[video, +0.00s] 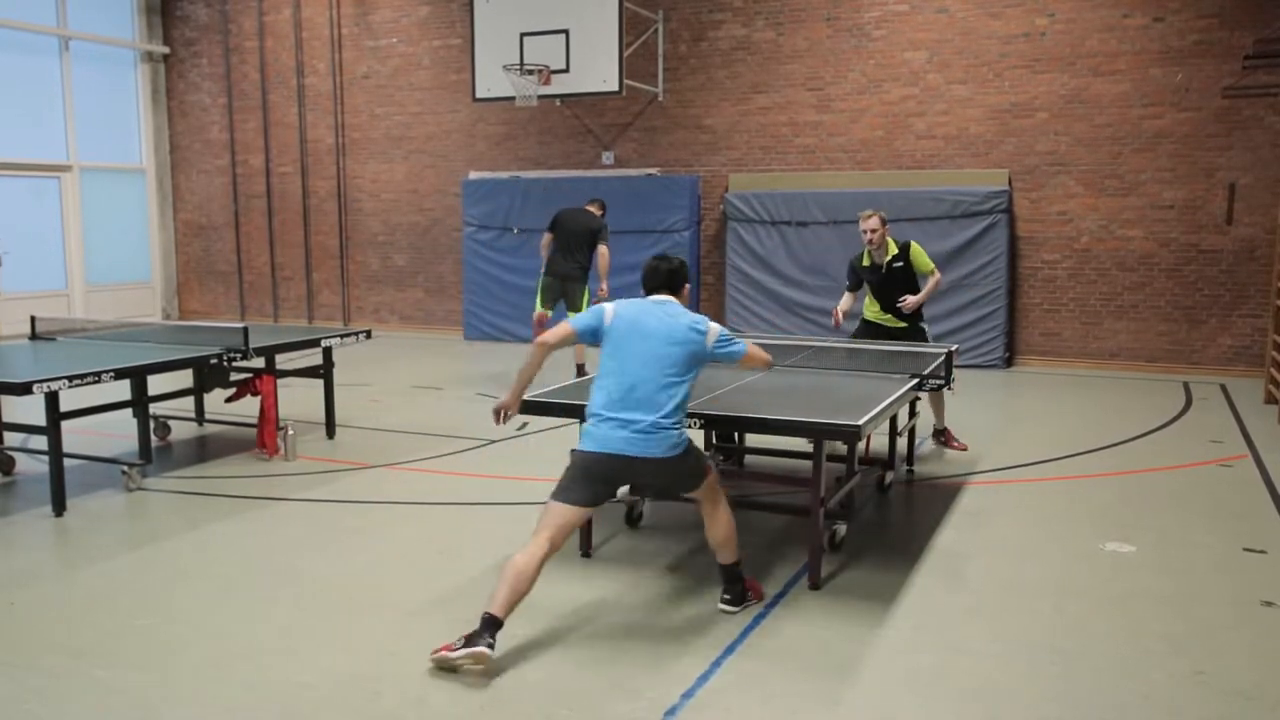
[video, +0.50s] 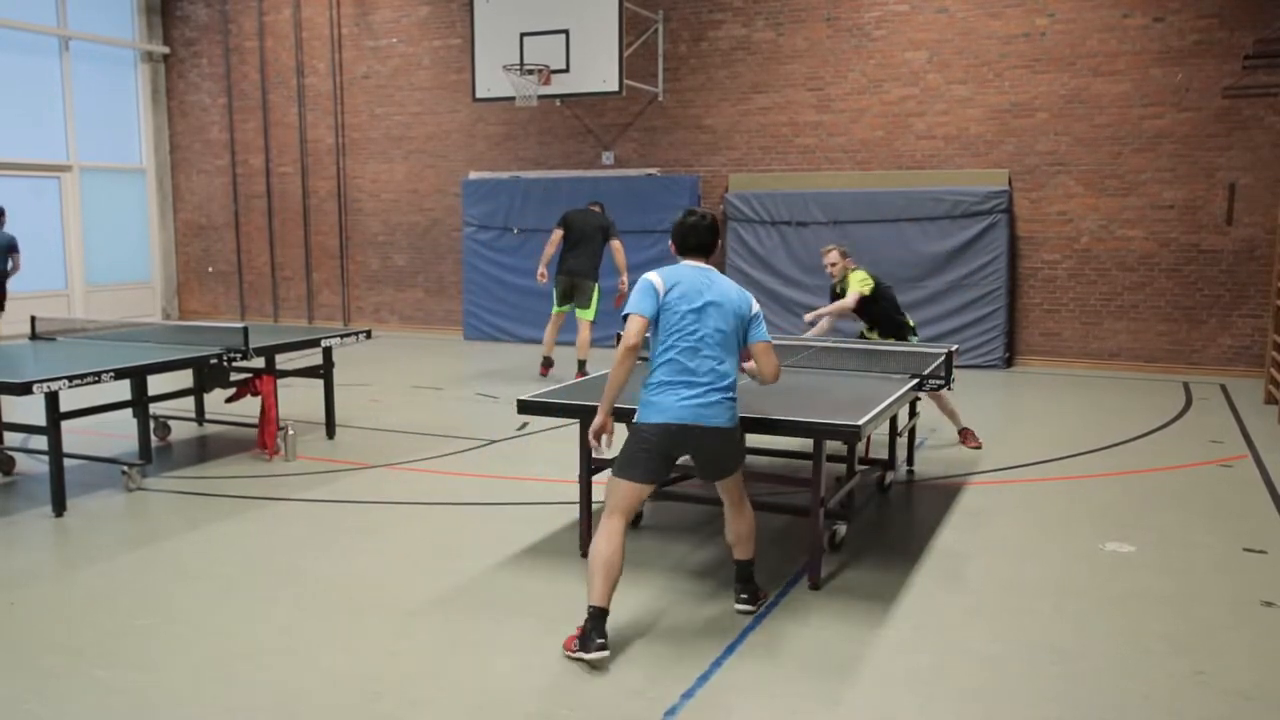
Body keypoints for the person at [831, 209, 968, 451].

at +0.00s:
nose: (868, 237)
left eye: (873, 231)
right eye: (864, 232)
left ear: (886, 231)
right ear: (860, 234)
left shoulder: (908, 250)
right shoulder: (858, 262)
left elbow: (935, 276)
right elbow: (851, 292)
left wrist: (919, 298)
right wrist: (841, 308)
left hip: (909, 325)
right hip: (873, 324)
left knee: (931, 375)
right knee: (848, 366)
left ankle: (940, 429)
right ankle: (858, 428)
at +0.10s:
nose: (869, 239)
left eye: (874, 233)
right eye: (865, 234)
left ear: (886, 232)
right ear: (861, 236)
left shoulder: (909, 250)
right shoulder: (858, 262)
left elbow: (936, 277)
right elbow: (850, 291)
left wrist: (917, 298)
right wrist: (843, 310)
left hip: (910, 324)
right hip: (874, 323)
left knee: (935, 374)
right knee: (855, 371)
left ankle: (954, 427)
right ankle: (859, 431)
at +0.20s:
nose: (870, 256)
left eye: (875, 250)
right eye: (866, 251)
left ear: (887, 249)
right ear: (862, 253)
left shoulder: (906, 265)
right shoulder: (859, 276)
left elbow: (936, 288)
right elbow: (843, 307)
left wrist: (911, 307)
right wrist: (846, 327)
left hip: (912, 337)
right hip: (875, 335)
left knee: (940, 379)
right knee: (853, 377)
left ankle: (961, 429)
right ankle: (861, 432)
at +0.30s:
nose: (868, 271)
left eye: (872, 265)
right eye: (863, 266)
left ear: (884, 263)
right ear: (859, 267)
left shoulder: (902, 276)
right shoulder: (858, 290)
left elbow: (928, 300)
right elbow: (841, 320)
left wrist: (899, 314)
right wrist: (843, 343)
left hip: (914, 341)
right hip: (878, 343)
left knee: (942, 383)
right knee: (863, 386)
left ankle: (961, 430)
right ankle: (862, 440)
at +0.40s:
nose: (852, 271)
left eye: (856, 265)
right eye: (848, 267)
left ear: (870, 263)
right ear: (846, 268)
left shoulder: (889, 277)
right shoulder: (850, 291)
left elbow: (896, 307)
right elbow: (844, 321)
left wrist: (858, 317)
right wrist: (822, 342)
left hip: (912, 341)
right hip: (878, 344)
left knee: (941, 385)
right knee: (859, 384)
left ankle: (961, 430)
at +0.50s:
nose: (830, 270)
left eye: (833, 265)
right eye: (826, 267)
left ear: (847, 263)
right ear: (826, 269)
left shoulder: (860, 277)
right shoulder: (837, 288)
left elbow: (849, 303)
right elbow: (829, 321)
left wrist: (818, 313)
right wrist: (803, 341)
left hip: (902, 336)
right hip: (872, 336)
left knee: (930, 387)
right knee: (850, 380)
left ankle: (962, 429)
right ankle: (850, 431)